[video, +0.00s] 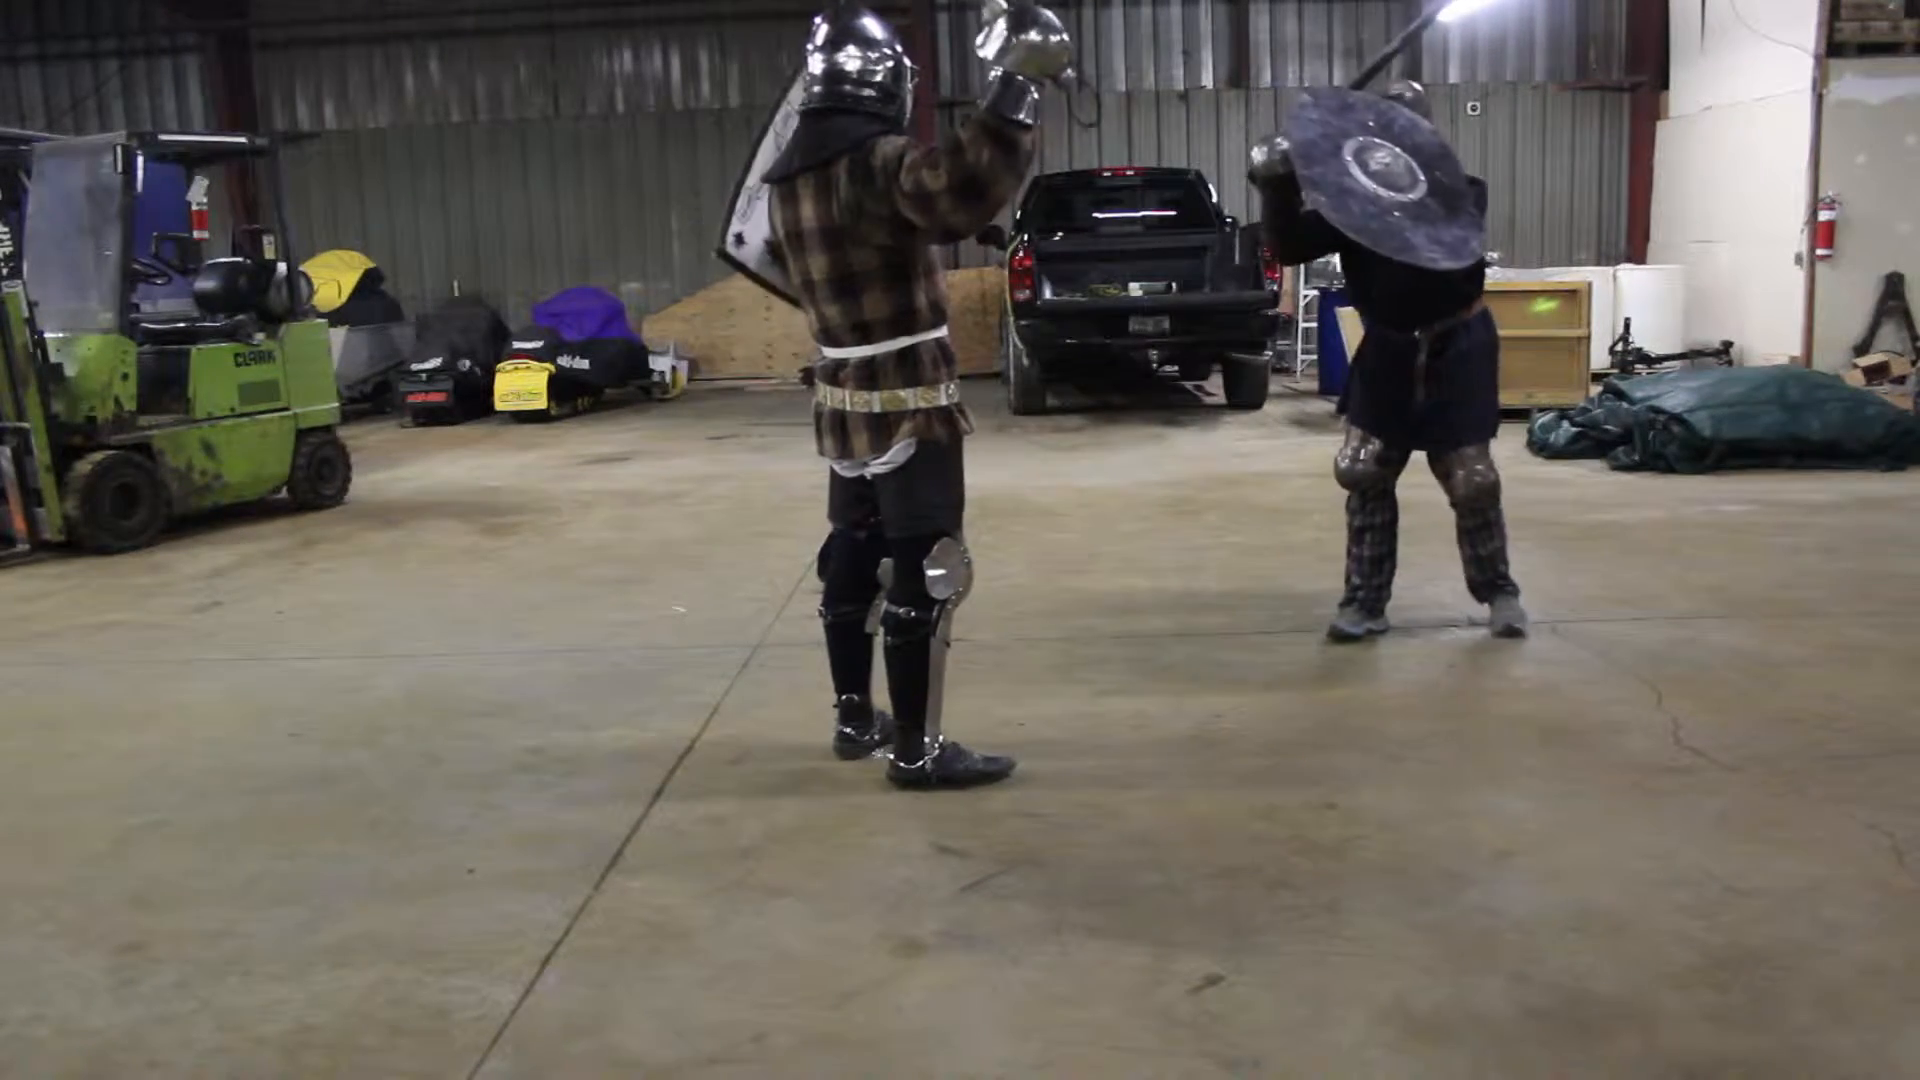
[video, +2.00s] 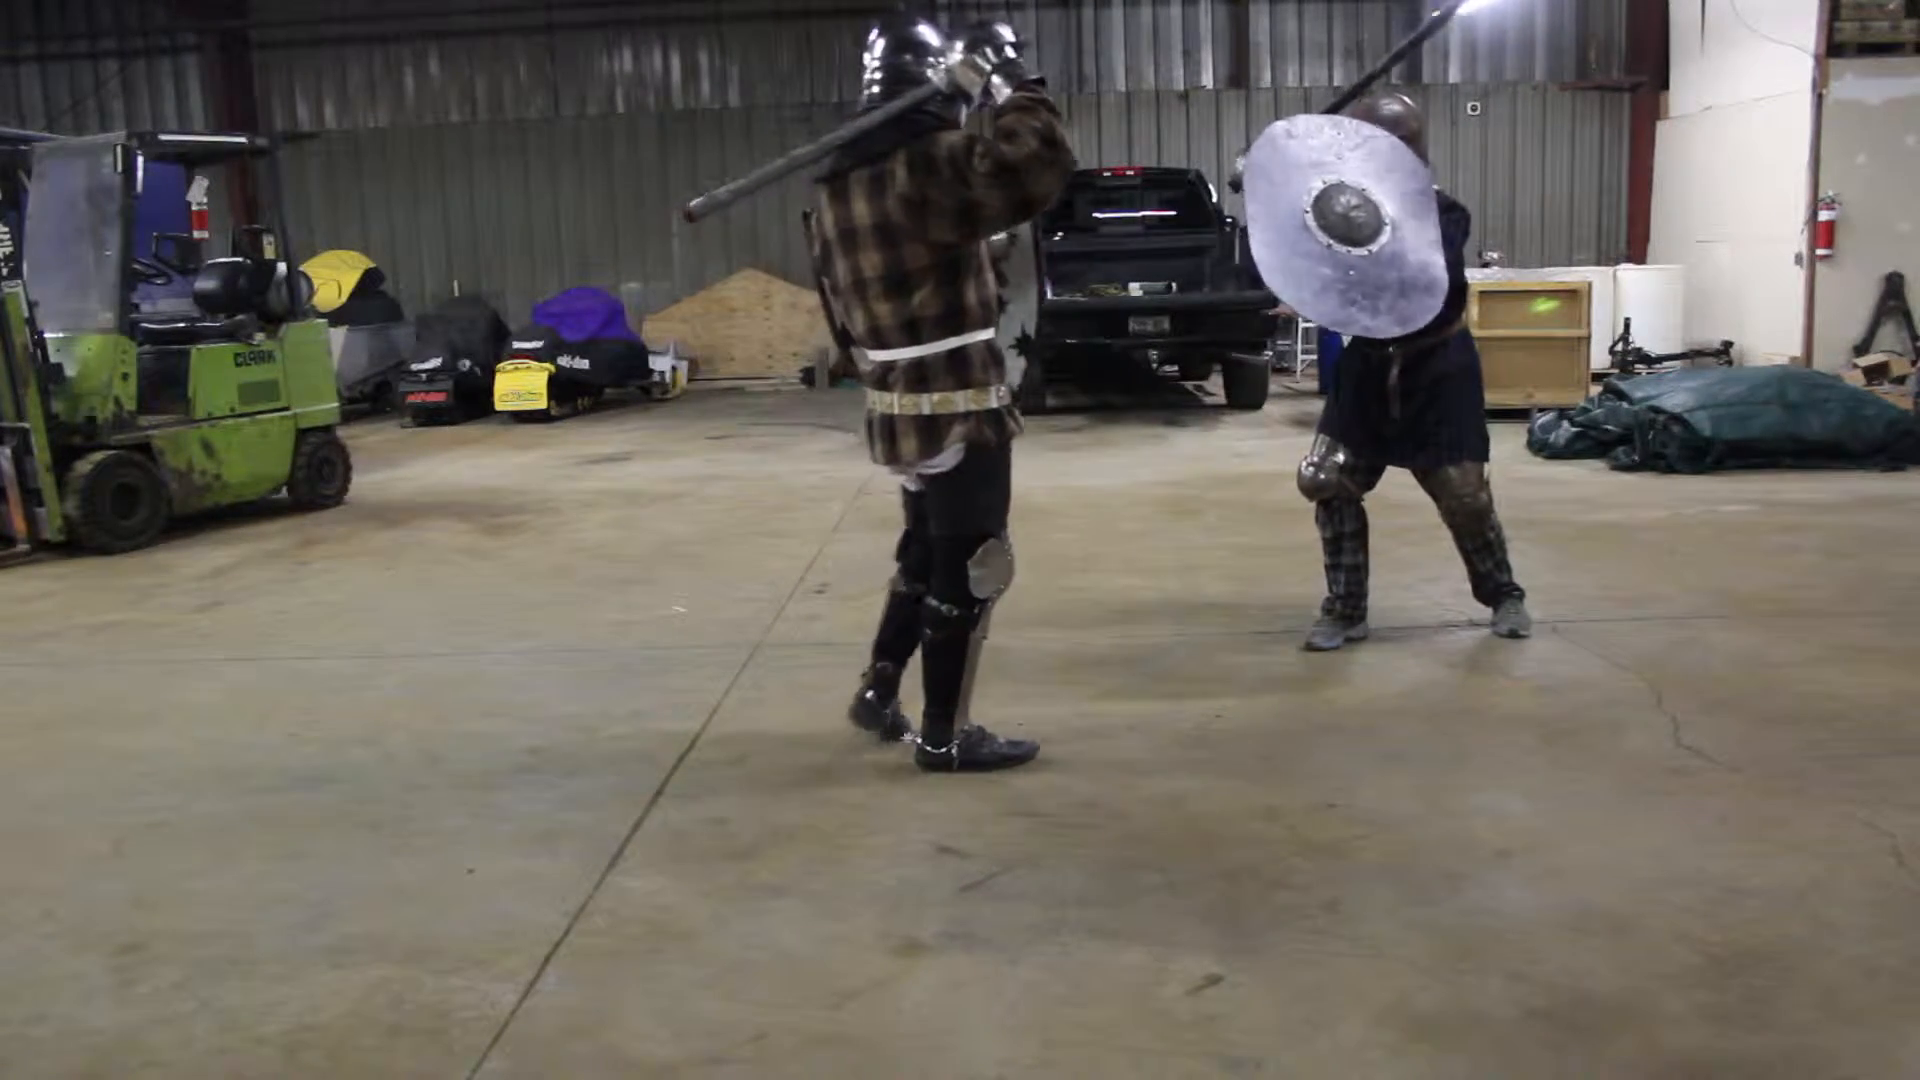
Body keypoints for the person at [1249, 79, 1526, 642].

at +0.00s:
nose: (1391, 151)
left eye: (1404, 135)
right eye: (1379, 140)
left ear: (1425, 141)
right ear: (1363, 153)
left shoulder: (1459, 196)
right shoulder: (1351, 207)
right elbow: (1290, 247)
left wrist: (1419, 143)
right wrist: (1277, 188)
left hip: (1461, 338)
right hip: (1388, 343)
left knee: (1470, 475)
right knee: (1365, 469)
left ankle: (1500, 593)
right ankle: (1365, 600)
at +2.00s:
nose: (1374, 156)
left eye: (1387, 143)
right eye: (1363, 143)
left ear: (1413, 148)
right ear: (1353, 147)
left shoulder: (1443, 215)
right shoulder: (1347, 209)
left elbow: (1438, 305)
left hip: (1438, 357)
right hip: (1365, 358)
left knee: (1461, 489)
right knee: (1330, 479)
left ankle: (1504, 597)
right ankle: (1344, 610)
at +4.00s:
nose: (1435, 146)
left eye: (1448, 134)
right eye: (1424, 134)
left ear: (1469, 140)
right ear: (1409, 137)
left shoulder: (1488, 202)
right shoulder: (1390, 195)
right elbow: (1330, 258)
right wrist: (1319, 202)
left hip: (1483, 343)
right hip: (1412, 343)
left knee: (1493, 485)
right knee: (1364, 466)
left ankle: (1540, 598)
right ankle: (1376, 587)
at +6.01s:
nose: (1371, 179)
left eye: (1382, 175)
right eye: (1360, 173)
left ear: (1401, 179)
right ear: (1338, 173)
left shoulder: (1419, 212)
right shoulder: (1306, 213)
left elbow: (1446, 279)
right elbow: (1261, 275)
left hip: (1396, 350)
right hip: (1322, 348)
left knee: (1382, 481)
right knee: (1328, 482)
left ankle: (1381, 623)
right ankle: (1346, 579)